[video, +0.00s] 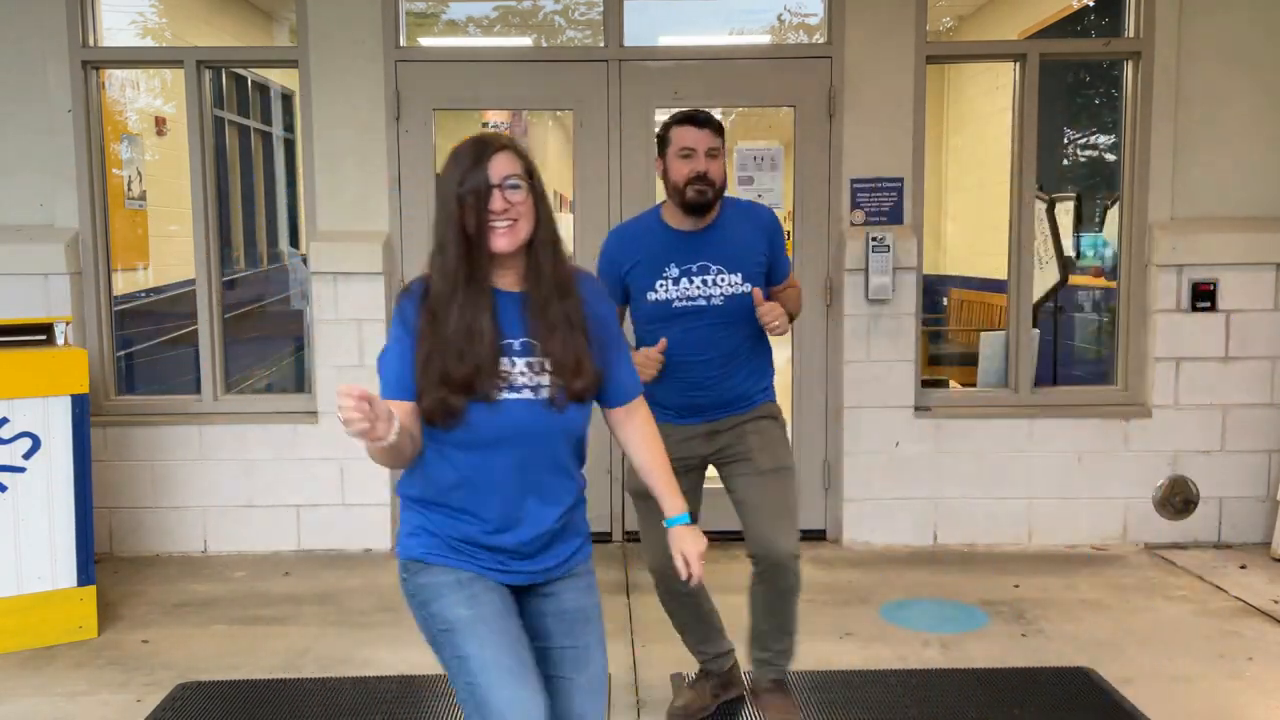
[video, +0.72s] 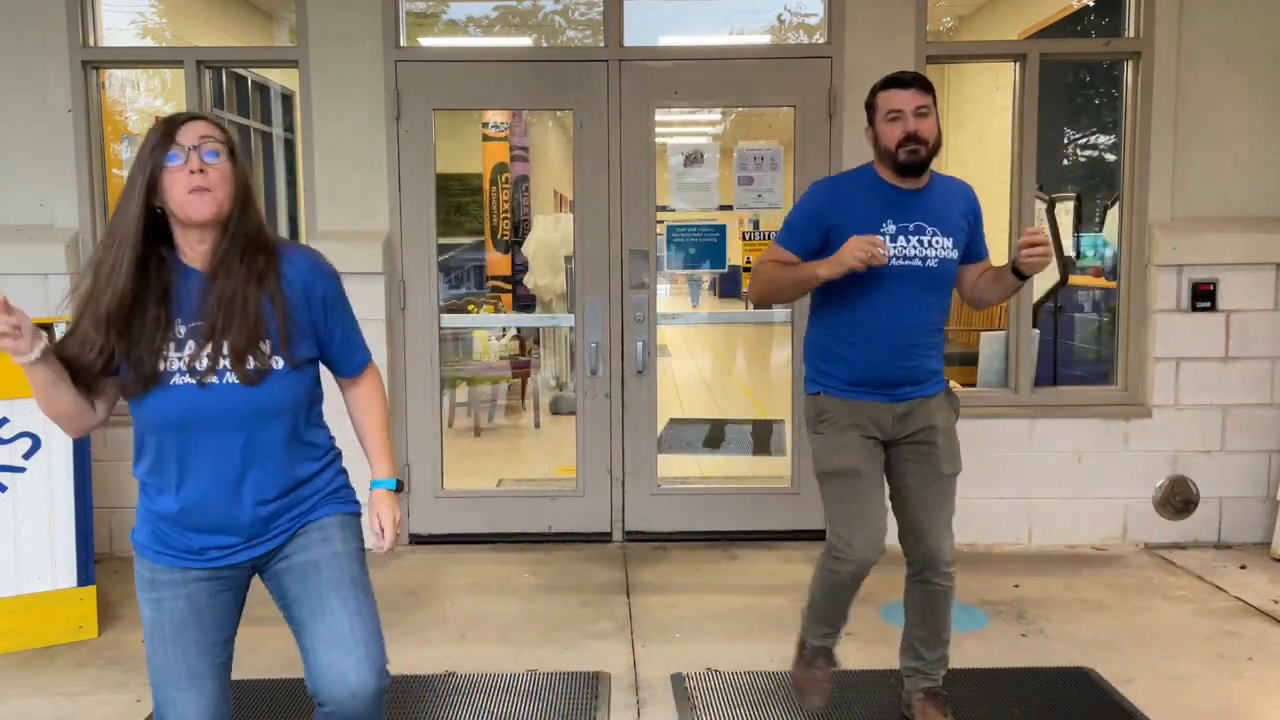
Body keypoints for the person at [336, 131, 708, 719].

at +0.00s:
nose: (500, 202)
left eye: (514, 185)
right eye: (481, 190)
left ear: (537, 197)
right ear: (457, 206)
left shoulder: (582, 297)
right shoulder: (426, 303)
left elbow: (628, 411)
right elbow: (401, 451)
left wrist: (678, 516)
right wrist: (381, 433)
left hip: (557, 546)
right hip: (451, 551)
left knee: (584, 709)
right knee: (517, 710)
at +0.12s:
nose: (428, 180)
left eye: (441, 162)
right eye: (410, 169)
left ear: (468, 171)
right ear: (390, 189)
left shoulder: (532, 268)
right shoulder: (373, 283)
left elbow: (588, 383)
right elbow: (350, 427)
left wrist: (626, 491)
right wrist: (323, 402)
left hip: (520, 532)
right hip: (401, 535)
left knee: (536, 710)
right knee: (382, 710)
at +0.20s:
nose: (364, 172)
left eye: (377, 153)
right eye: (349, 164)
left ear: (416, 160)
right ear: (340, 188)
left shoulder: (497, 263)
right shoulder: (341, 282)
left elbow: (548, 373)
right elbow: (325, 412)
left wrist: (579, 483)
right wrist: (278, 412)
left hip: (486, 531)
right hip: (361, 533)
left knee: (509, 709)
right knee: (306, 708)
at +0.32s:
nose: (313, 176)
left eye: (331, 162)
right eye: (297, 170)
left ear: (364, 181)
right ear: (287, 200)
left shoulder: (435, 282)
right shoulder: (286, 297)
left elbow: (496, 395)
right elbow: (265, 430)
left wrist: (528, 504)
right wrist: (202, 438)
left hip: (433, 552)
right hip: (298, 558)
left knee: (490, 711)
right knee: (249, 713)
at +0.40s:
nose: (285, 180)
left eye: (302, 167)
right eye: (268, 175)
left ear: (334, 189)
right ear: (255, 207)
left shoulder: (398, 295)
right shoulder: (236, 303)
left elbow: (455, 408)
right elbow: (216, 432)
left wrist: (481, 518)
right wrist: (152, 445)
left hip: (394, 558)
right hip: (259, 566)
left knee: (461, 710)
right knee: (218, 712)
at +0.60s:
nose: (218, 176)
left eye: (235, 165)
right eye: (199, 169)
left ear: (262, 191)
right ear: (179, 202)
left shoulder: (322, 293)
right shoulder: (155, 300)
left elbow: (368, 400)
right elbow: (124, 429)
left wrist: (380, 503)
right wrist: (74, 414)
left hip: (321, 533)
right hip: (194, 551)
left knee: (396, 698)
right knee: (180, 713)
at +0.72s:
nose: (195, 165)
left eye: (211, 152)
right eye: (176, 156)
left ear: (237, 176)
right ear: (154, 187)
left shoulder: (299, 273)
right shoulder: (134, 288)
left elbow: (357, 375)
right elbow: (80, 417)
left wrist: (384, 478)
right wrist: (36, 354)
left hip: (306, 516)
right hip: (181, 537)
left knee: (356, 688)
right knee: (188, 711)